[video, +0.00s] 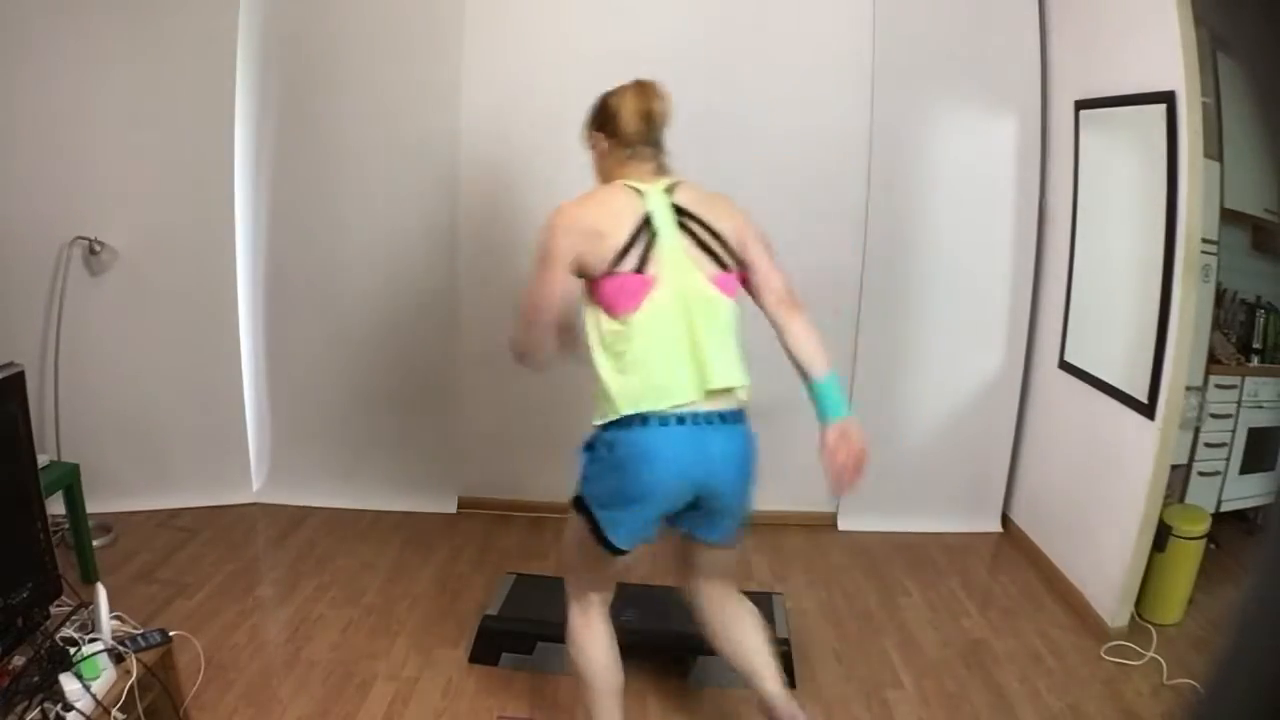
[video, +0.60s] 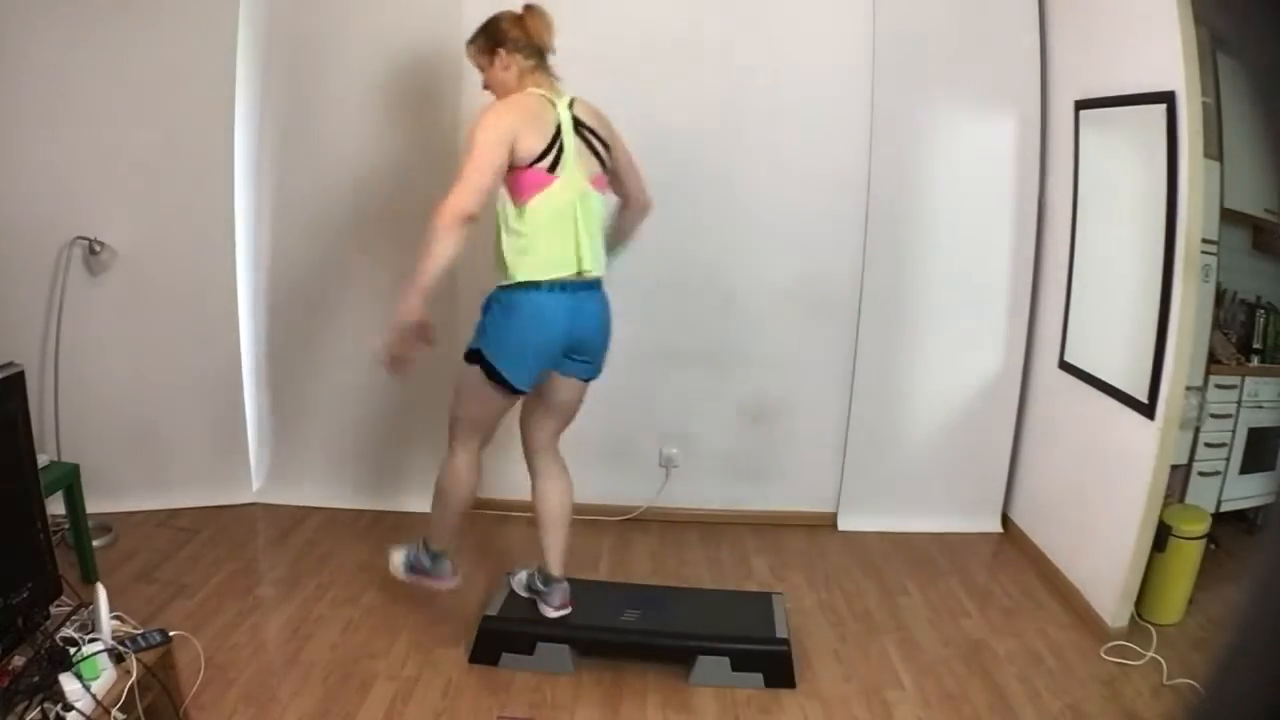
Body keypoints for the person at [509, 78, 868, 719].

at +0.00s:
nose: (591, 153)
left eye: (590, 144)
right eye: (591, 145)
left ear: (600, 142)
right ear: (662, 141)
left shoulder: (579, 219)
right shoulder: (721, 213)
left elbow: (533, 345)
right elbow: (786, 311)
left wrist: (574, 323)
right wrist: (834, 410)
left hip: (639, 451)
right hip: (726, 446)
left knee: (587, 593)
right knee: (715, 585)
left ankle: (605, 714)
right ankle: (784, 706)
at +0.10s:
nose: (565, 130)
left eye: (565, 122)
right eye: (571, 122)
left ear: (572, 121)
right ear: (634, 120)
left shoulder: (548, 188)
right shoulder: (687, 183)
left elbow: (488, 256)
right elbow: (773, 257)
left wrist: (515, 216)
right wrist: (845, 338)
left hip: (619, 428)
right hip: (701, 416)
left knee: (584, 599)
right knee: (655, 513)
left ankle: (607, 713)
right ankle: (701, 636)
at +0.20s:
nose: (553, 81)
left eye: (553, 72)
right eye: (558, 73)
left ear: (561, 70)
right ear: (622, 71)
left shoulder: (536, 127)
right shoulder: (670, 135)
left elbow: (458, 173)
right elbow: (761, 199)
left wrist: (509, 145)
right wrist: (829, 282)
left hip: (594, 367)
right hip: (672, 357)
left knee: (588, 561)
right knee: (609, 472)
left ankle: (602, 706)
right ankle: (610, 596)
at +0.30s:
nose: (538, 66)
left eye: (538, 56)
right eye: (541, 56)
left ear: (550, 52)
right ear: (602, 51)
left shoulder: (529, 100)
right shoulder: (658, 117)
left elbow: (440, 158)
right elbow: (734, 192)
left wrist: (487, 131)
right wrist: (792, 271)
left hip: (570, 325)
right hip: (645, 325)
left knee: (552, 509)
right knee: (579, 453)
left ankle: (572, 674)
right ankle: (556, 566)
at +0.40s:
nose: (521, 79)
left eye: (520, 69)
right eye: (519, 70)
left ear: (540, 58)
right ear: (580, 58)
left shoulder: (525, 113)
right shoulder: (634, 124)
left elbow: (431, 178)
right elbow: (700, 207)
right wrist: (743, 290)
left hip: (552, 327)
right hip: (622, 326)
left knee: (505, 480)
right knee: (557, 451)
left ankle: (508, 640)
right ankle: (554, 591)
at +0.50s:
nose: (501, 81)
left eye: (503, 68)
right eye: (500, 69)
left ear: (525, 59)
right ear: (553, 59)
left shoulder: (515, 114)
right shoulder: (609, 119)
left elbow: (431, 205)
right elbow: (667, 207)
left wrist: (377, 270)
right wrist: (669, 295)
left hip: (541, 319)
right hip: (606, 318)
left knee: (480, 448)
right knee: (550, 444)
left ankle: (459, 594)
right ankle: (553, 587)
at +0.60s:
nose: (483, 83)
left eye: (484, 69)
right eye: (480, 71)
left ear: (510, 58)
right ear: (538, 58)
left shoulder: (507, 116)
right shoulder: (590, 115)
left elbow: (461, 210)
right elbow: (638, 200)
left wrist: (414, 299)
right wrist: (594, 253)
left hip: (526, 312)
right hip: (589, 311)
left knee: (468, 434)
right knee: (545, 439)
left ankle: (436, 557)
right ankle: (554, 583)